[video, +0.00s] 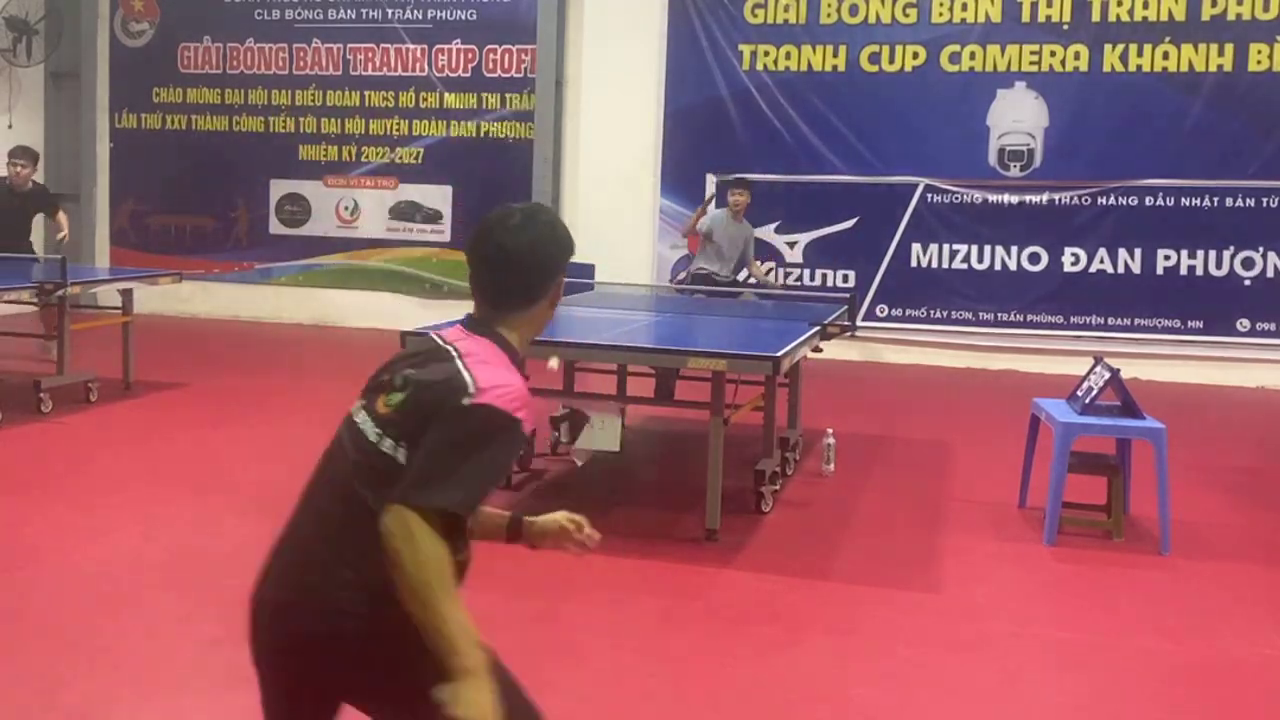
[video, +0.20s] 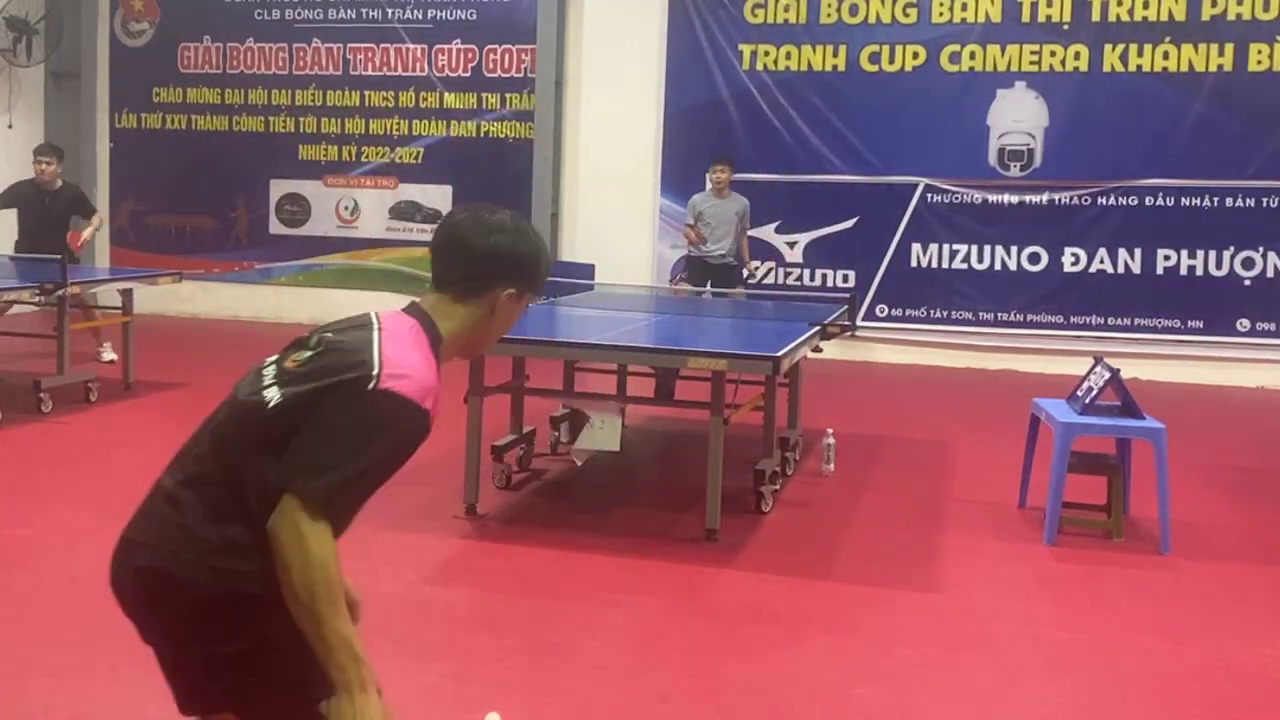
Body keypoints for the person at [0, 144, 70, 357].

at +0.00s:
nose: (16, 170)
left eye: (23, 167)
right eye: (12, 165)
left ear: (33, 171)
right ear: (7, 166)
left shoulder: (38, 192)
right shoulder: (2, 187)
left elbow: (56, 212)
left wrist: (64, 229)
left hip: (21, 253)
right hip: (2, 253)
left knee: (46, 289)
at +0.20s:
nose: (41, 168)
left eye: (47, 164)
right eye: (37, 163)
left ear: (59, 167)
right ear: (33, 164)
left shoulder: (71, 192)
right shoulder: (22, 189)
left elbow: (97, 217)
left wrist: (90, 230)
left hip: (62, 260)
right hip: (26, 260)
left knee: (82, 298)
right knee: (5, 302)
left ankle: (102, 345)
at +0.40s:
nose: (62, 162)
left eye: (68, 158)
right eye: (59, 157)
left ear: (80, 162)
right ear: (55, 158)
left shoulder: (90, 188)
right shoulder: (41, 182)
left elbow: (111, 219)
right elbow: (14, 201)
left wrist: (101, 228)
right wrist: (1, 217)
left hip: (77, 260)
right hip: (41, 258)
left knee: (91, 301)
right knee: (22, 303)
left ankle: (104, 345)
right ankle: (2, 347)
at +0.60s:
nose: (67, 160)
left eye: (73, 156)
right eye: (64, 155)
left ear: (84, 160)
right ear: (59, 156)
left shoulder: (91, 189)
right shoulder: (43, 179)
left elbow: (106, 222)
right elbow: (15, 200)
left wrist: (92, 226)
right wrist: (11, 220)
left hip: (73, 257)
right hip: (36, 254)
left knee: (87, 299)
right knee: (10, 299)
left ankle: (103, 345)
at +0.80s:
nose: (60, 172)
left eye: (66, 169)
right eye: (57, 167)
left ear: (76, 173)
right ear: (51, 166)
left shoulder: (79, 200)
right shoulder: (34, 186)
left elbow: (85, 232)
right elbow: (4, 210)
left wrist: (77, 235)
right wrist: (15, 231)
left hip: (54, 261)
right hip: (18, 258)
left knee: (77, 297)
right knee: (2, 297)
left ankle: (90, 346)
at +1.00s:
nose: (55, 184)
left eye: (61, 181)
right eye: (52, 178)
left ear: (70, 186)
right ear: (46, 177)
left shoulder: (67, 212)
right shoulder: (23, 192)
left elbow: (59, 242)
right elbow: (0, 216)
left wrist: (62, 245)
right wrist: (8, 235)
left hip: (42, 262)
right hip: (10, 259)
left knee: (66, 294)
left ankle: (86, 344)